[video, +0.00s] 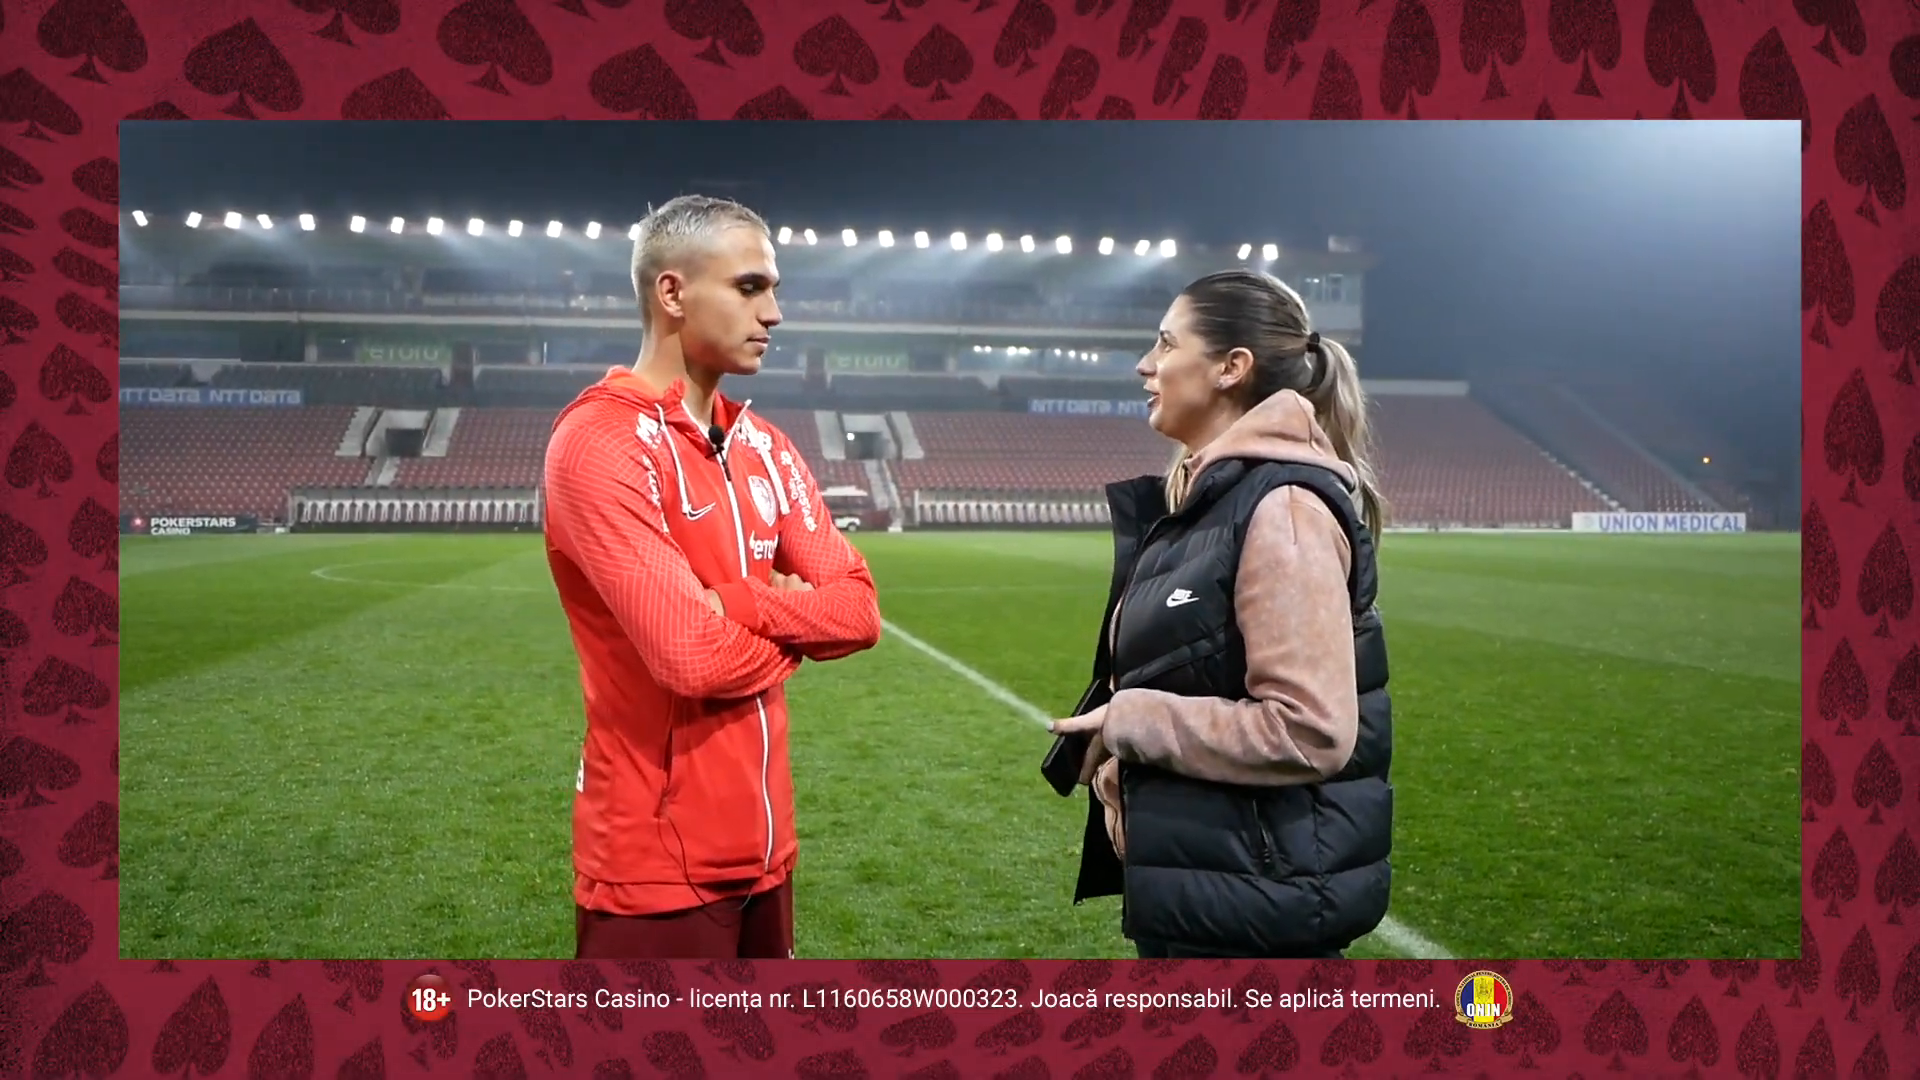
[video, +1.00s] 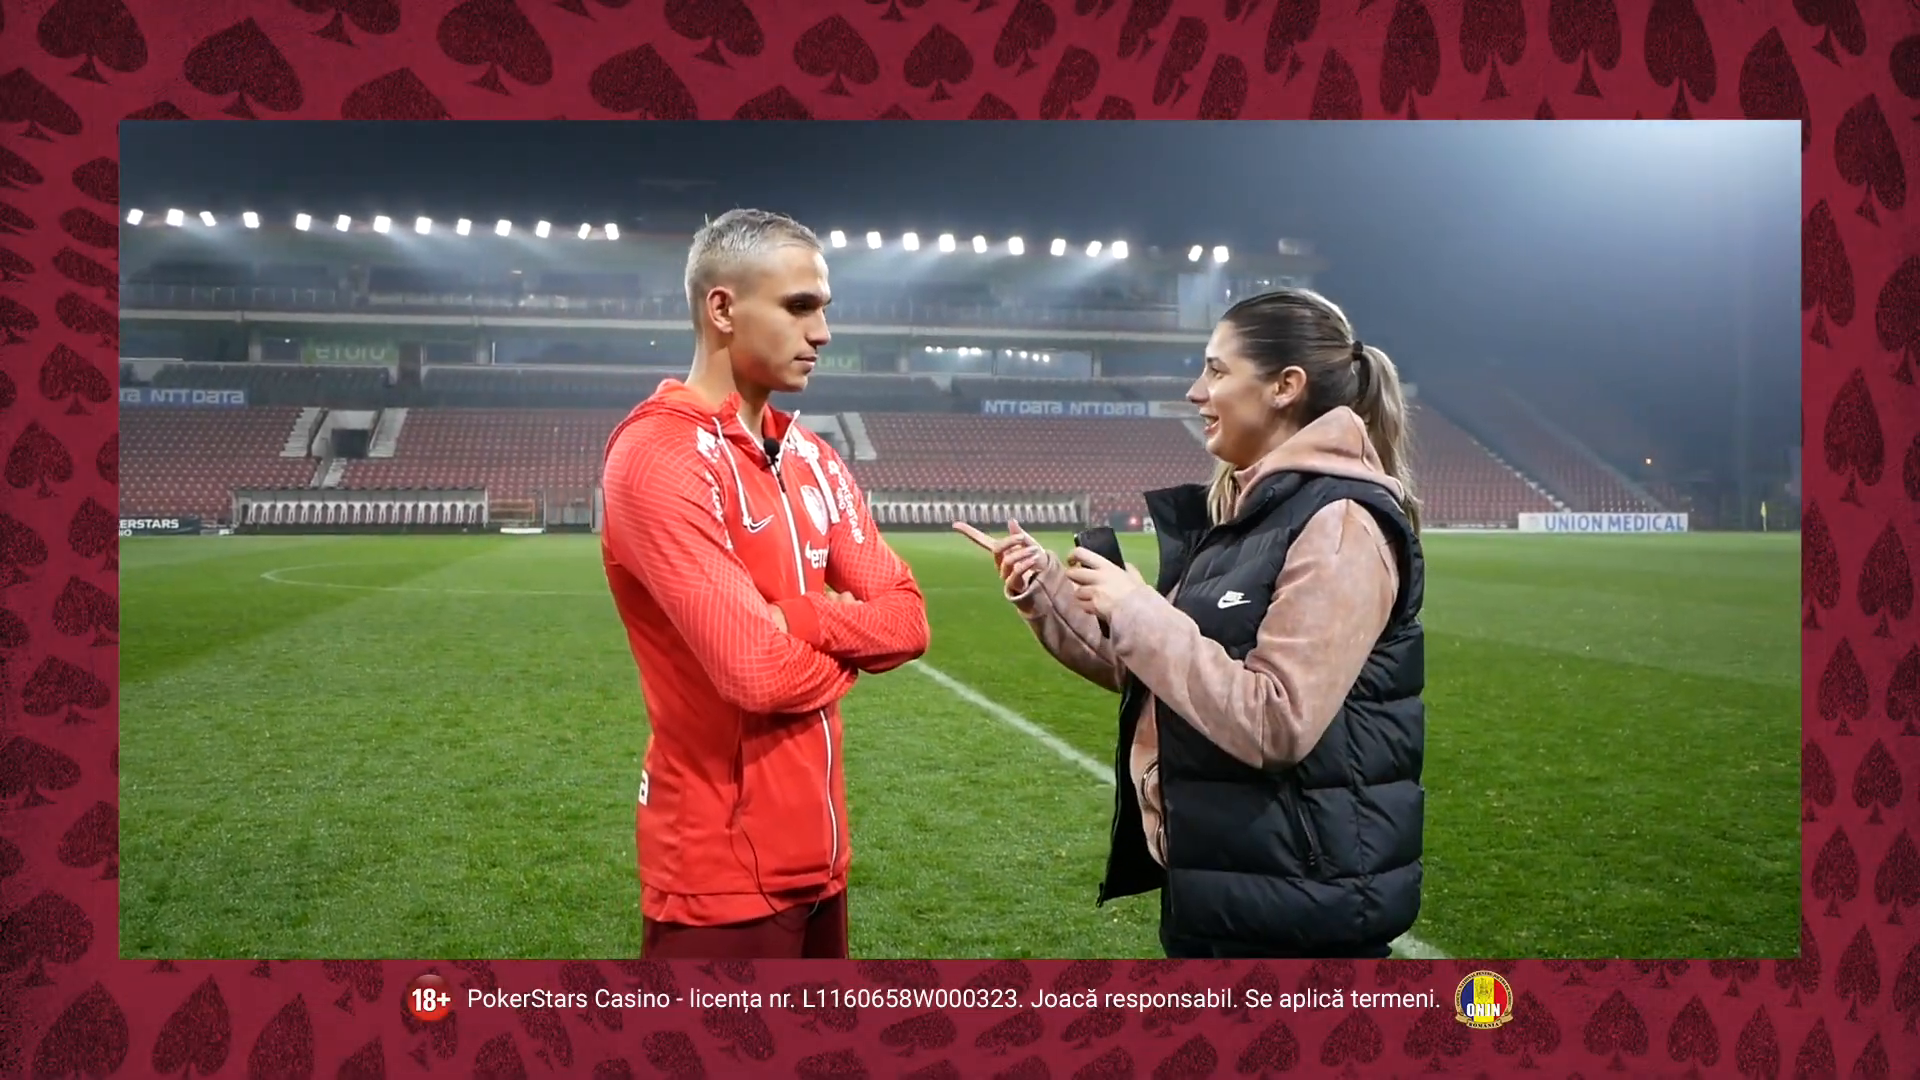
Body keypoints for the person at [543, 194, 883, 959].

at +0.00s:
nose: (774, 313)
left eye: (772, 290)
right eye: (749, 288)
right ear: (671, 293)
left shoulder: (765, 444)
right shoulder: (596, 446)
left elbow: (858, 612)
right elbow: (691, 662)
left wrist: (724, 602)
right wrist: (796, 627)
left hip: (760, 844)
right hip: (654, 855)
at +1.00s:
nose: (822, 333)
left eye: (823, 309)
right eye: (799, 307)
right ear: (721, 309)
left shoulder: (812, 455)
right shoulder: (655, 459)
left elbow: (908, 620)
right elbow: (758, 676)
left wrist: (790, 616)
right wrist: (852, 646)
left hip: (813, 847)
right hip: (719, 861)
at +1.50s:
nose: (824, 349)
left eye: (830, 325)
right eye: (802, 322)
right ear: (727, 313)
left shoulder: (818, 456)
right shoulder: (660, 461)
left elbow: (908, 626)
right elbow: (751, 678)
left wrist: (781, 618)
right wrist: (853, 647)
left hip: (817, 847)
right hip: (720, 860)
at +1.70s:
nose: (823, 350)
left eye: (829, 327)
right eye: (802, 322)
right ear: (727, 313)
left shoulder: (819, 457)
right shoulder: (659, 459)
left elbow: (905, 626)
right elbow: (746, 677)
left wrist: (778, 618)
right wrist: (848, 646)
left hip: (813, 845)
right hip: (715, 859)